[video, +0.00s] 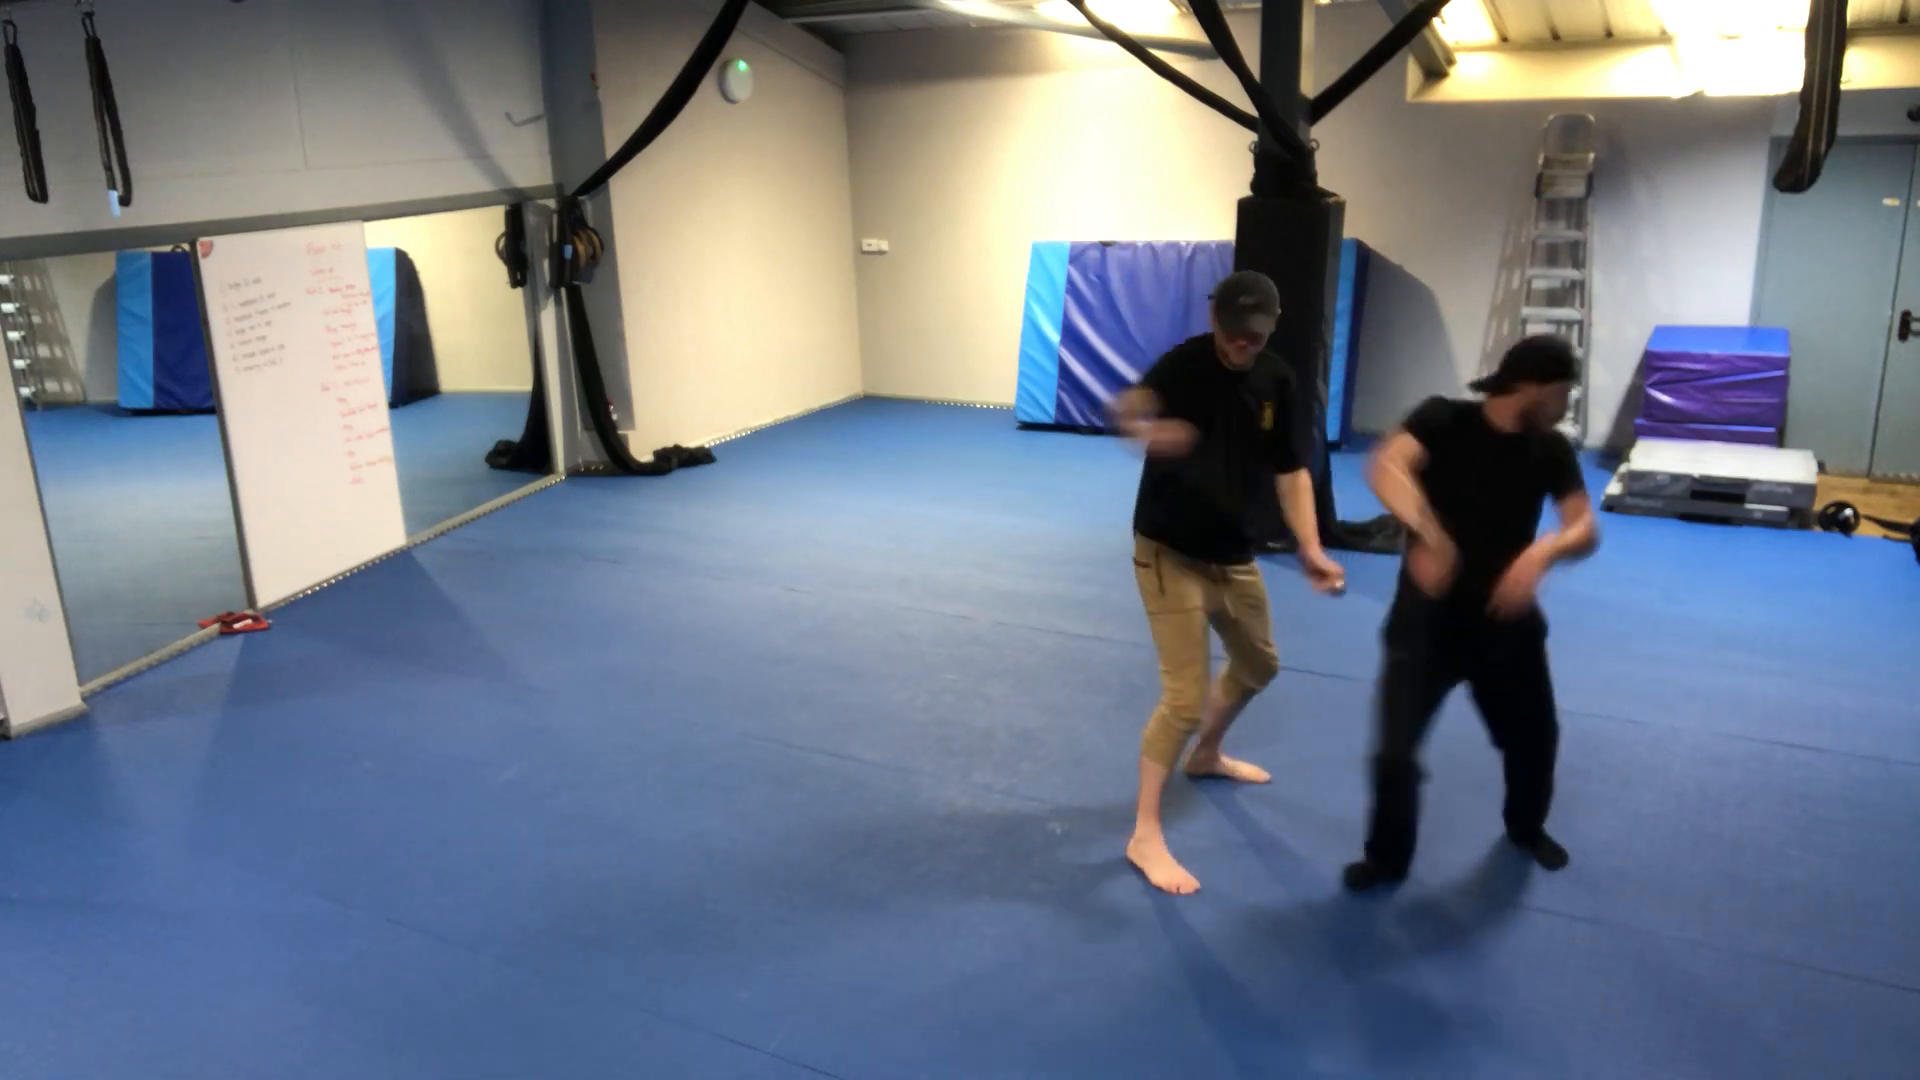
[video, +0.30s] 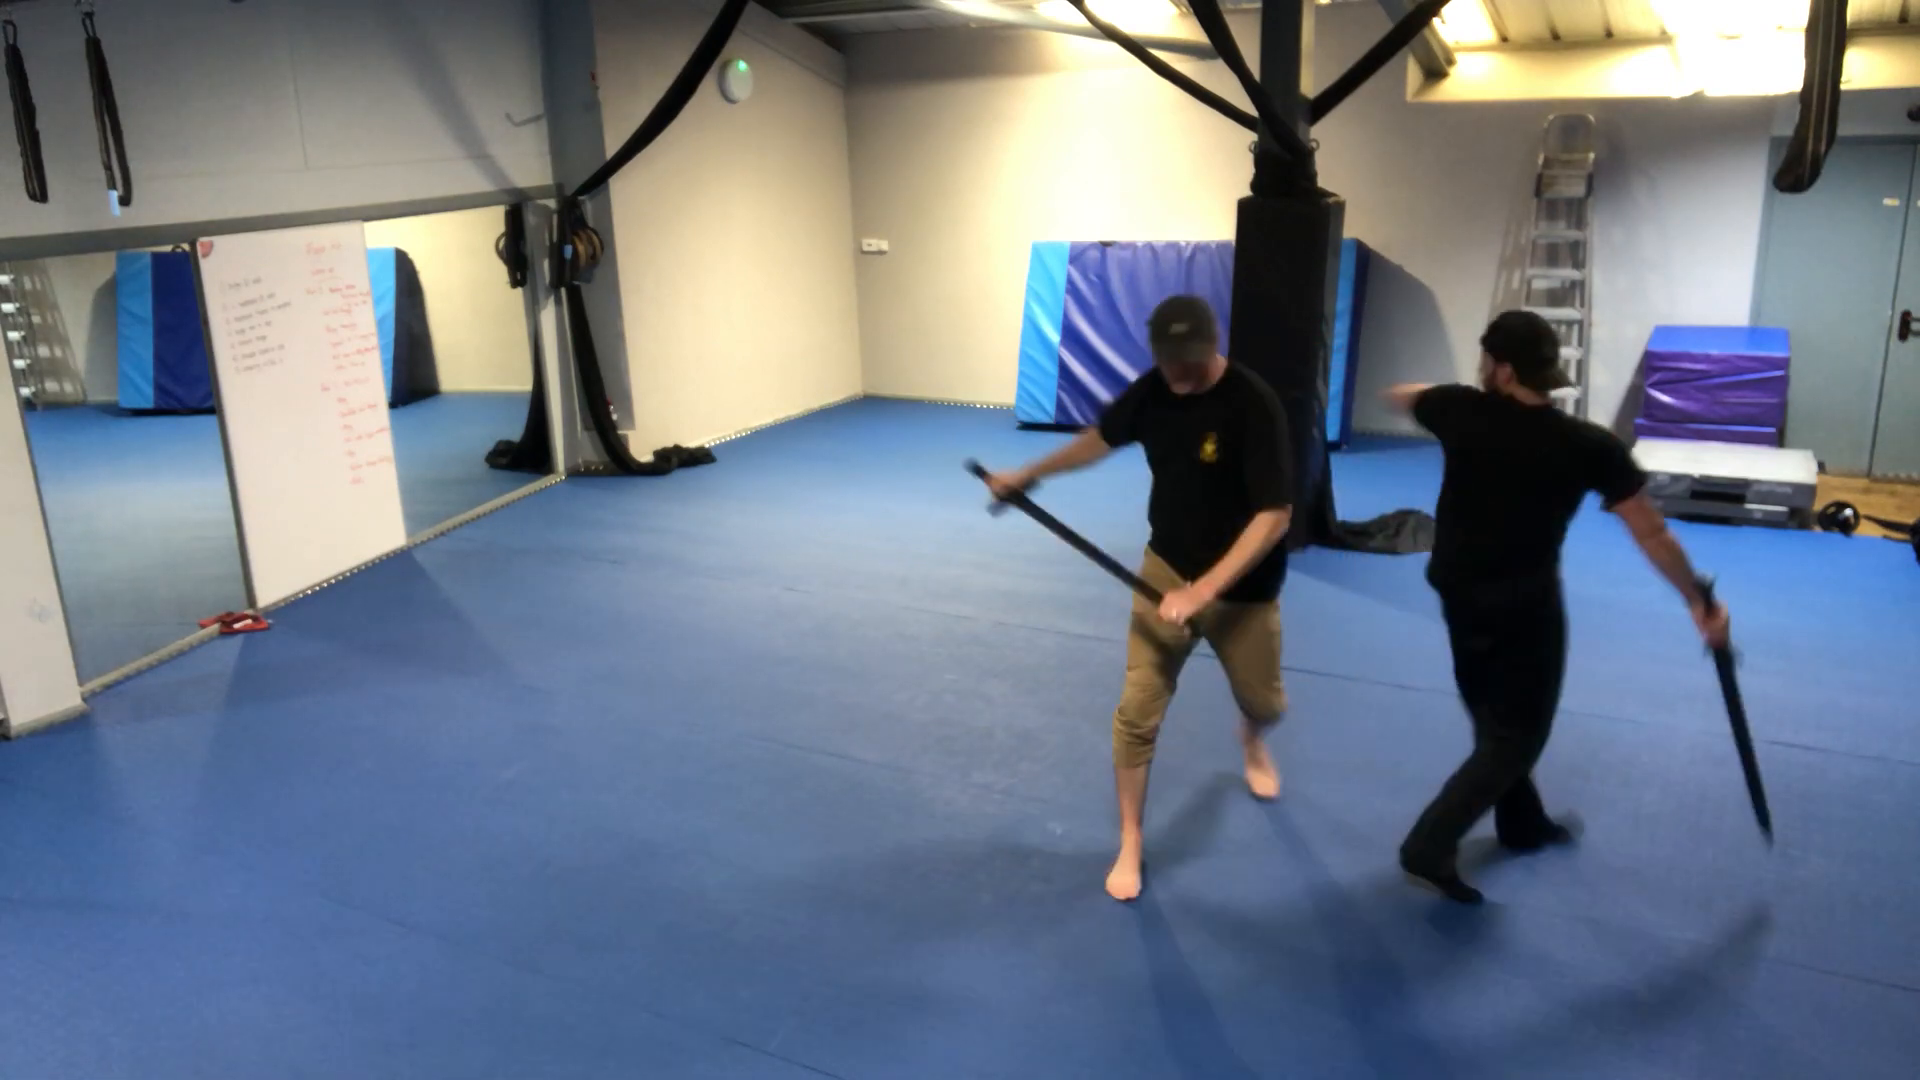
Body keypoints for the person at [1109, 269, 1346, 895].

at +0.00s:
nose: (1244, 347)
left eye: (1255, 338)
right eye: (1235, 335)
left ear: (1272, 330)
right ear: (1213, 319)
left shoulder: (1277, 382)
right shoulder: (1184, 363)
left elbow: (1292, 472)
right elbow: (1124, 411)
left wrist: (1311, 548)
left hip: (1233, 557)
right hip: (1168, 552)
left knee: (1255, 664)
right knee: (1182, 699)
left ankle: (1204, 752)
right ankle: (1145, 834)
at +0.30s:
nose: (1181, 382)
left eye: (1192, 370)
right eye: (1171, 371)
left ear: (1218, 348)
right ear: (1157, 357)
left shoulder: (1258, 407)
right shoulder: (1153, 391)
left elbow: (1274, 516)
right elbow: (1098, 441)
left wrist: (1203, 589)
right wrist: (1026, 474)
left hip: (1245, 583)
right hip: (1168, 572)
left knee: (1264, 703)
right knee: (1136, 716)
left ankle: (1254, 741)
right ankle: (1130, 843)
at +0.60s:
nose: (1186, 371)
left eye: (1191, 357)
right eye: (1179, 361)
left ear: (1226, 336)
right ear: (1175, 355)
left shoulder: (1289, 402)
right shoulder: (1181, 403)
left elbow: (1340, 498)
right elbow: (1170, 482)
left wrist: (1295, 590)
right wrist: (1125, 542)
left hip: (1274, 590)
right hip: (1196, 577)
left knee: (1306, 709)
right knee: (1130, 700)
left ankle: (1329, 796)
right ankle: (1144, 819)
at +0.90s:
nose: (1112, 481)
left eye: (1110, 470)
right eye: (1104, 476)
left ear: (1128, 442)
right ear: (1109, 456)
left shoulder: (1217, 441)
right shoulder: (1142, 472)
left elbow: (1337, 436)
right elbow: (1132, 510)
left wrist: (1436, 496)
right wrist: (1105, 562)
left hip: (1269, 606)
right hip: (1191, 594)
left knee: (1308, 716)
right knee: (1152, 716)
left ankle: (1327, 791)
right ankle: (1204, 825)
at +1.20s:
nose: (1020, 572)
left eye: (1011, 565)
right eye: (1011, 568)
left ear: (1022, 544)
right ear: (1023, 536)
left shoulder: (1133, 508)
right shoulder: (1059, 538)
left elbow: (1249, 495)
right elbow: (1085, 581)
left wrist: (1299, 553)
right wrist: (1060, 650)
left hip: (1211, 630)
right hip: (1146, 630)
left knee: (1106, 756)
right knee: (1131, 743)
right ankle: (1207, 828)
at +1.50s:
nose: (934, 512)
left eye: (929, 503)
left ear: (936, 508)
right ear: (996, 474)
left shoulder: (1011, 559)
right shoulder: (1045, 518)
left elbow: (1095, 657)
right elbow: (1079, 632)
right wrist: (1032, 715)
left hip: (1145, 727)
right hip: (1175, 703)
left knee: (1013, 857)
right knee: (1082, 825)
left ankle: (1040, 993)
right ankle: (1189, 929)